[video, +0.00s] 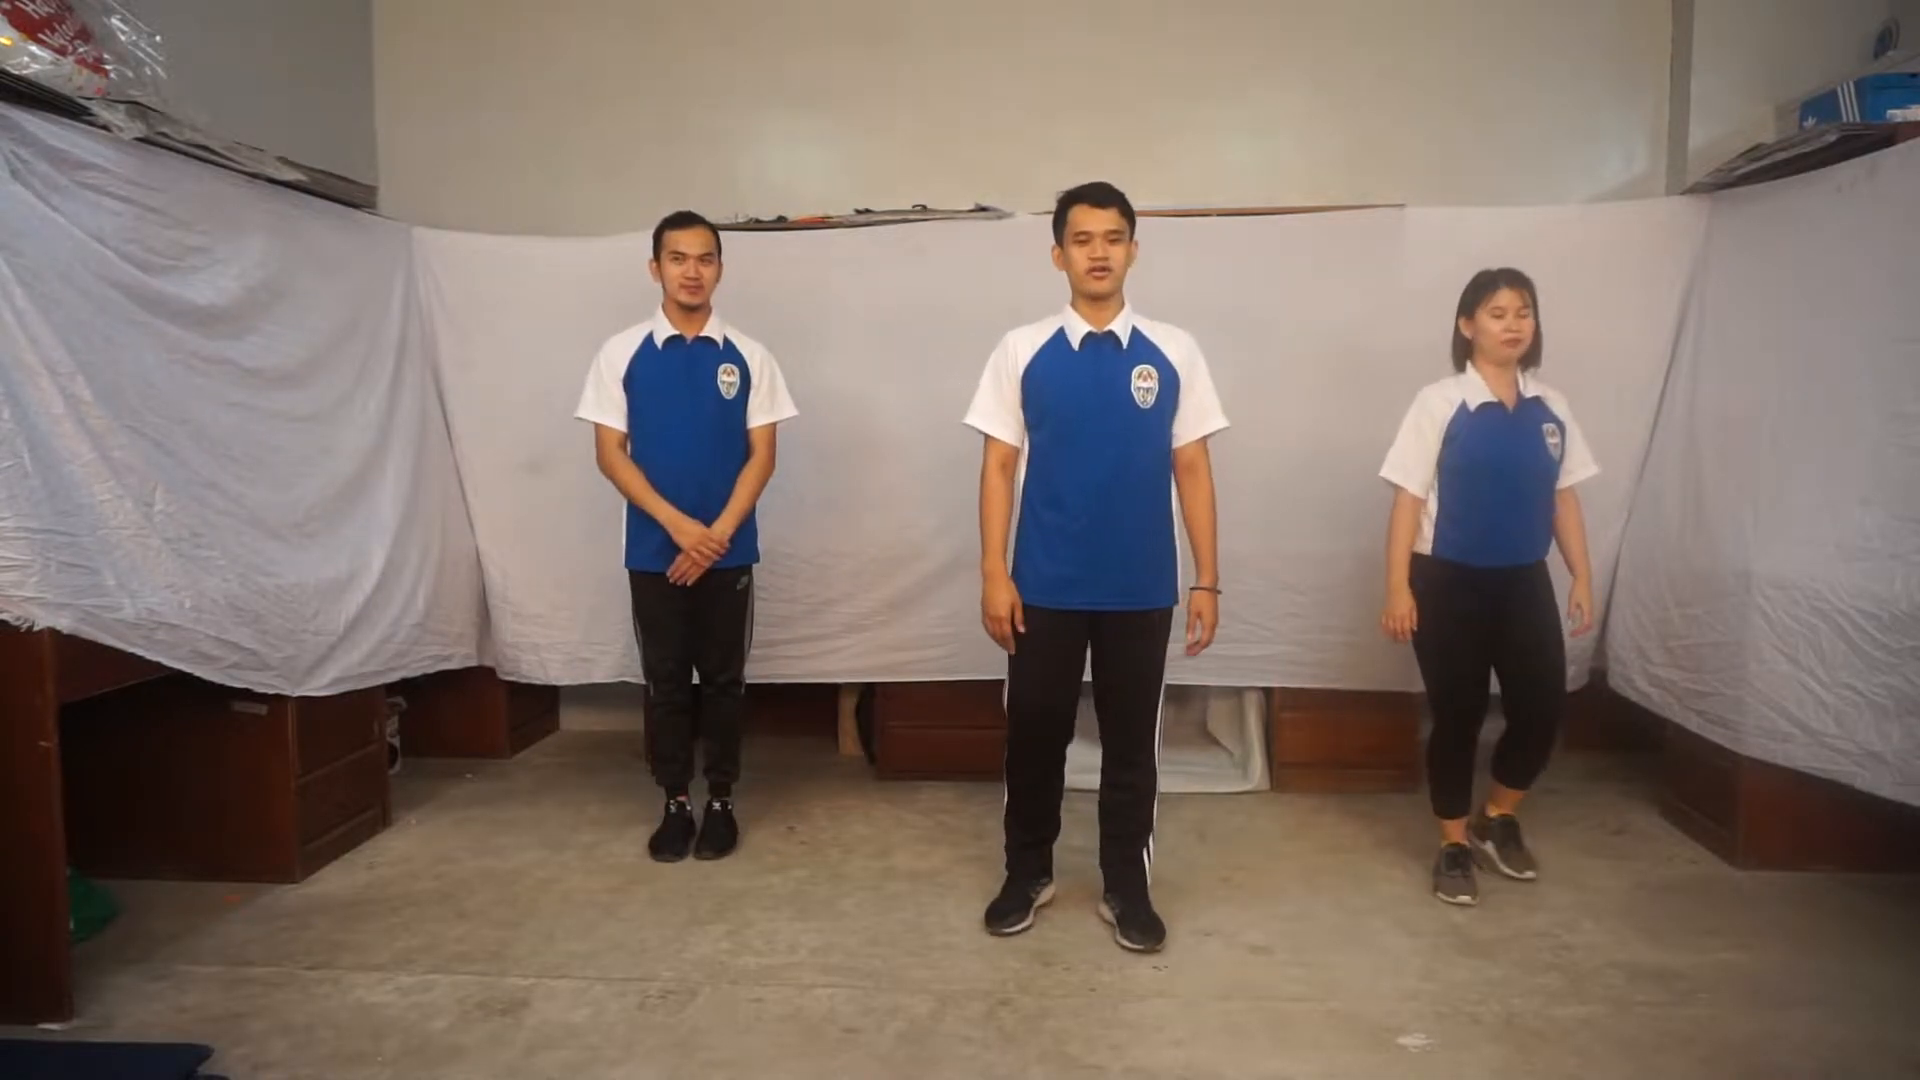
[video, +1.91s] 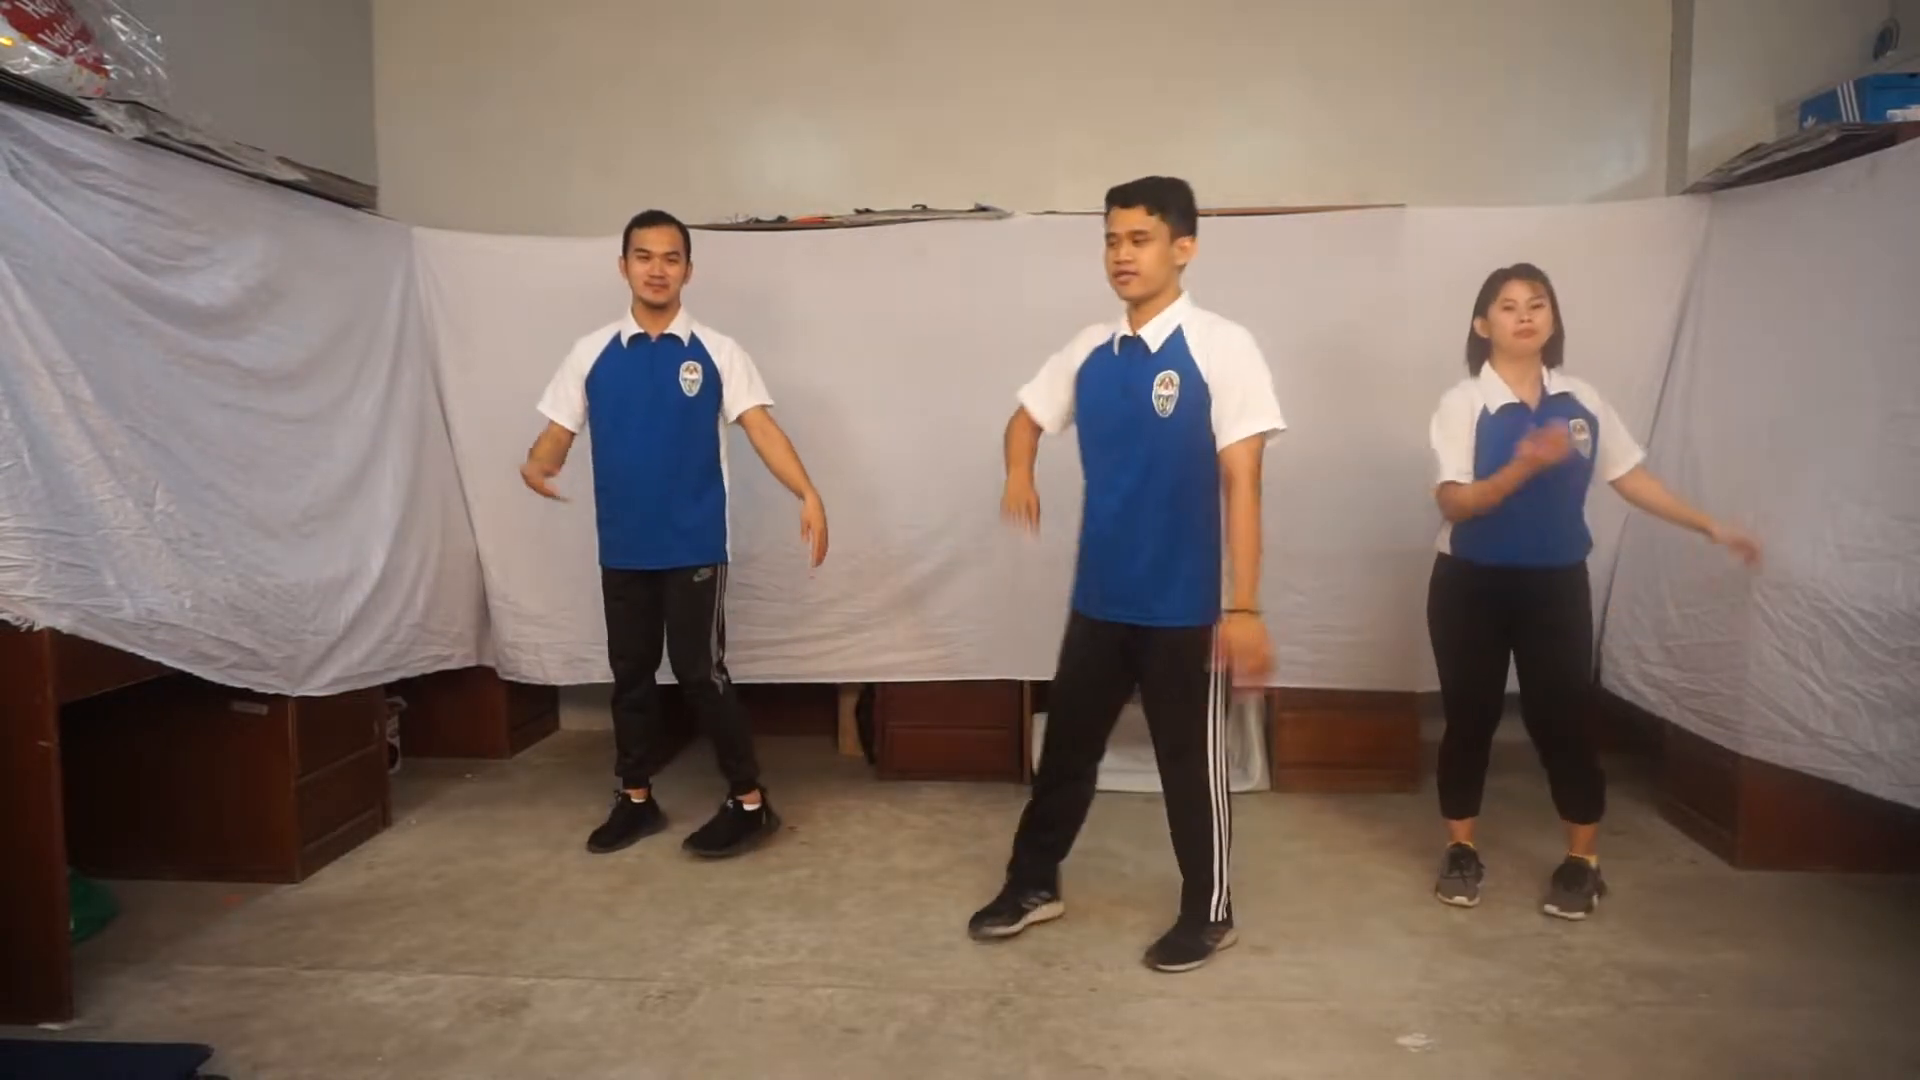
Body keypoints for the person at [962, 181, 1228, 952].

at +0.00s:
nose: (1100, 253)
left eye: (1114, 239)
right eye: (1083, 240)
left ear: (1132, 251)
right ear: (1060, 254)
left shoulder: (1171, 351)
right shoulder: (1021, 350)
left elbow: (1192, 471)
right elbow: (998, 468)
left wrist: (1204, 579)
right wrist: (994, 574)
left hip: (1139, 593)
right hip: (1044, 591)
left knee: (1131, 749)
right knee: (1034, 743)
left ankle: (1127, 886)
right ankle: (1027, 870)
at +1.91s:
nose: (1120, 256)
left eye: (1139, 240)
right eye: (1112, 242)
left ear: (1183, 249)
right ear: (1105, 251)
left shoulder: (1222, 347)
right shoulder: (1090, 347)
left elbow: (1242, 483)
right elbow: (1026, 416)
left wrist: (1243, 606)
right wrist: (1019, 473)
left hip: (1186, 605)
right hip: (1101, 598)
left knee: (1193, 769)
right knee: (1065, 752)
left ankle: (1207, 910)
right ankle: (1032, 883)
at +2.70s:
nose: (1198, 279)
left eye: (1213, 264)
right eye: (1201, 263)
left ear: (1266, 272)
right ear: (1271, 274)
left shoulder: (1251, 352)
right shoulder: (1309, 320)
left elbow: (1216, 511)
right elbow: (1293, 238)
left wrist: (1243, 560)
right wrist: (1270, 144)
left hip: (1286, 591)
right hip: (1350, 581)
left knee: (1188, 736)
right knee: (1395, 760)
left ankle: (1209, 914)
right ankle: (1463, 941)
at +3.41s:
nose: (1017, 254)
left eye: (1035, 241)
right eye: (1002, 238)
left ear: (1059, 253)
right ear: (980, 249)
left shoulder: (1086, 346)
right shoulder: (960, 355)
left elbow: (1131, 472)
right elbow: (953, 467)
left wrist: (1062, 592)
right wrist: (929, 569)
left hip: (1054, 606)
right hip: (977, 604)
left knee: (1045, 763)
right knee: (992, 749)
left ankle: (1104, 905)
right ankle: (1032, 881)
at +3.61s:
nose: (975, 252)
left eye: (986, 237)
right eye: (956, 237)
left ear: (998, 250)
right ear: (917, 252)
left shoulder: (1038, 353)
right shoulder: (874, 361)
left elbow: (1115, 446)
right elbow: (812, 466)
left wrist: (1091, 561)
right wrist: (742, 567)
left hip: (1003, 607)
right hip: (901, 607)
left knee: (985, 767)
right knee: (868, 749)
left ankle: (954, 914)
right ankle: (928, 847)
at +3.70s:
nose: (954, 249)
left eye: (962, 236)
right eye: (935, 235)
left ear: (971, 249)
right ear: (890, 250)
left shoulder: (1004, 347)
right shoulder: (844, 355)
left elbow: (1078, 425)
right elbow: (777, 462)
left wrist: (1096, 505)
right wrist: (696, 566)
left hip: (984, 598)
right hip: (883, 601)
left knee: (976, 765)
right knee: (863, 759)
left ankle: (954, 915)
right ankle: (848, 890)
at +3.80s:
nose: (928, 245)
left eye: (933, 231)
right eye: (909, 230)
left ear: (935, 243)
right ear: (858, 241)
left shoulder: (954, 335)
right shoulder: (826, 346)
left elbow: (1028, 366)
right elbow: (786, 461)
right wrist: (735, 564)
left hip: (949, 597)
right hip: (861, 607)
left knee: (957, 762)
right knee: (850, 770)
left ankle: (951, 919)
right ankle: (800, 937)